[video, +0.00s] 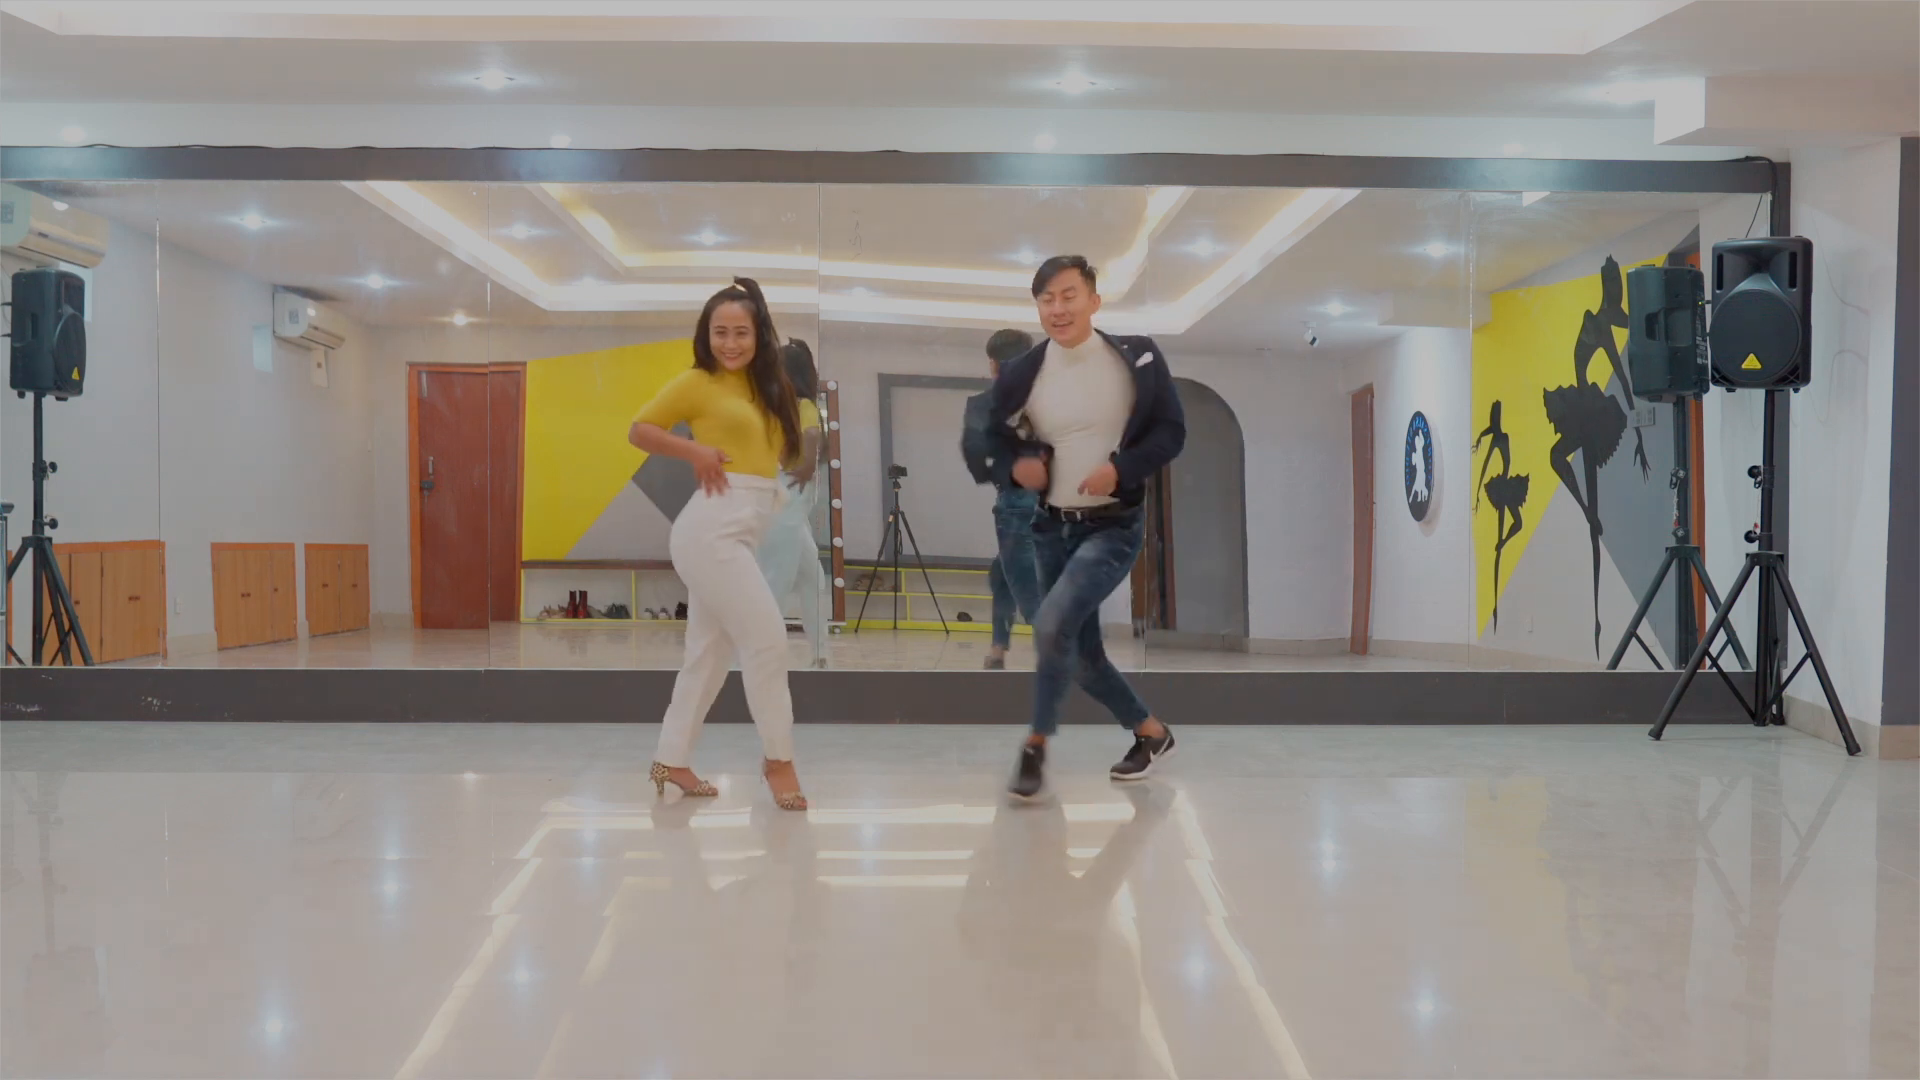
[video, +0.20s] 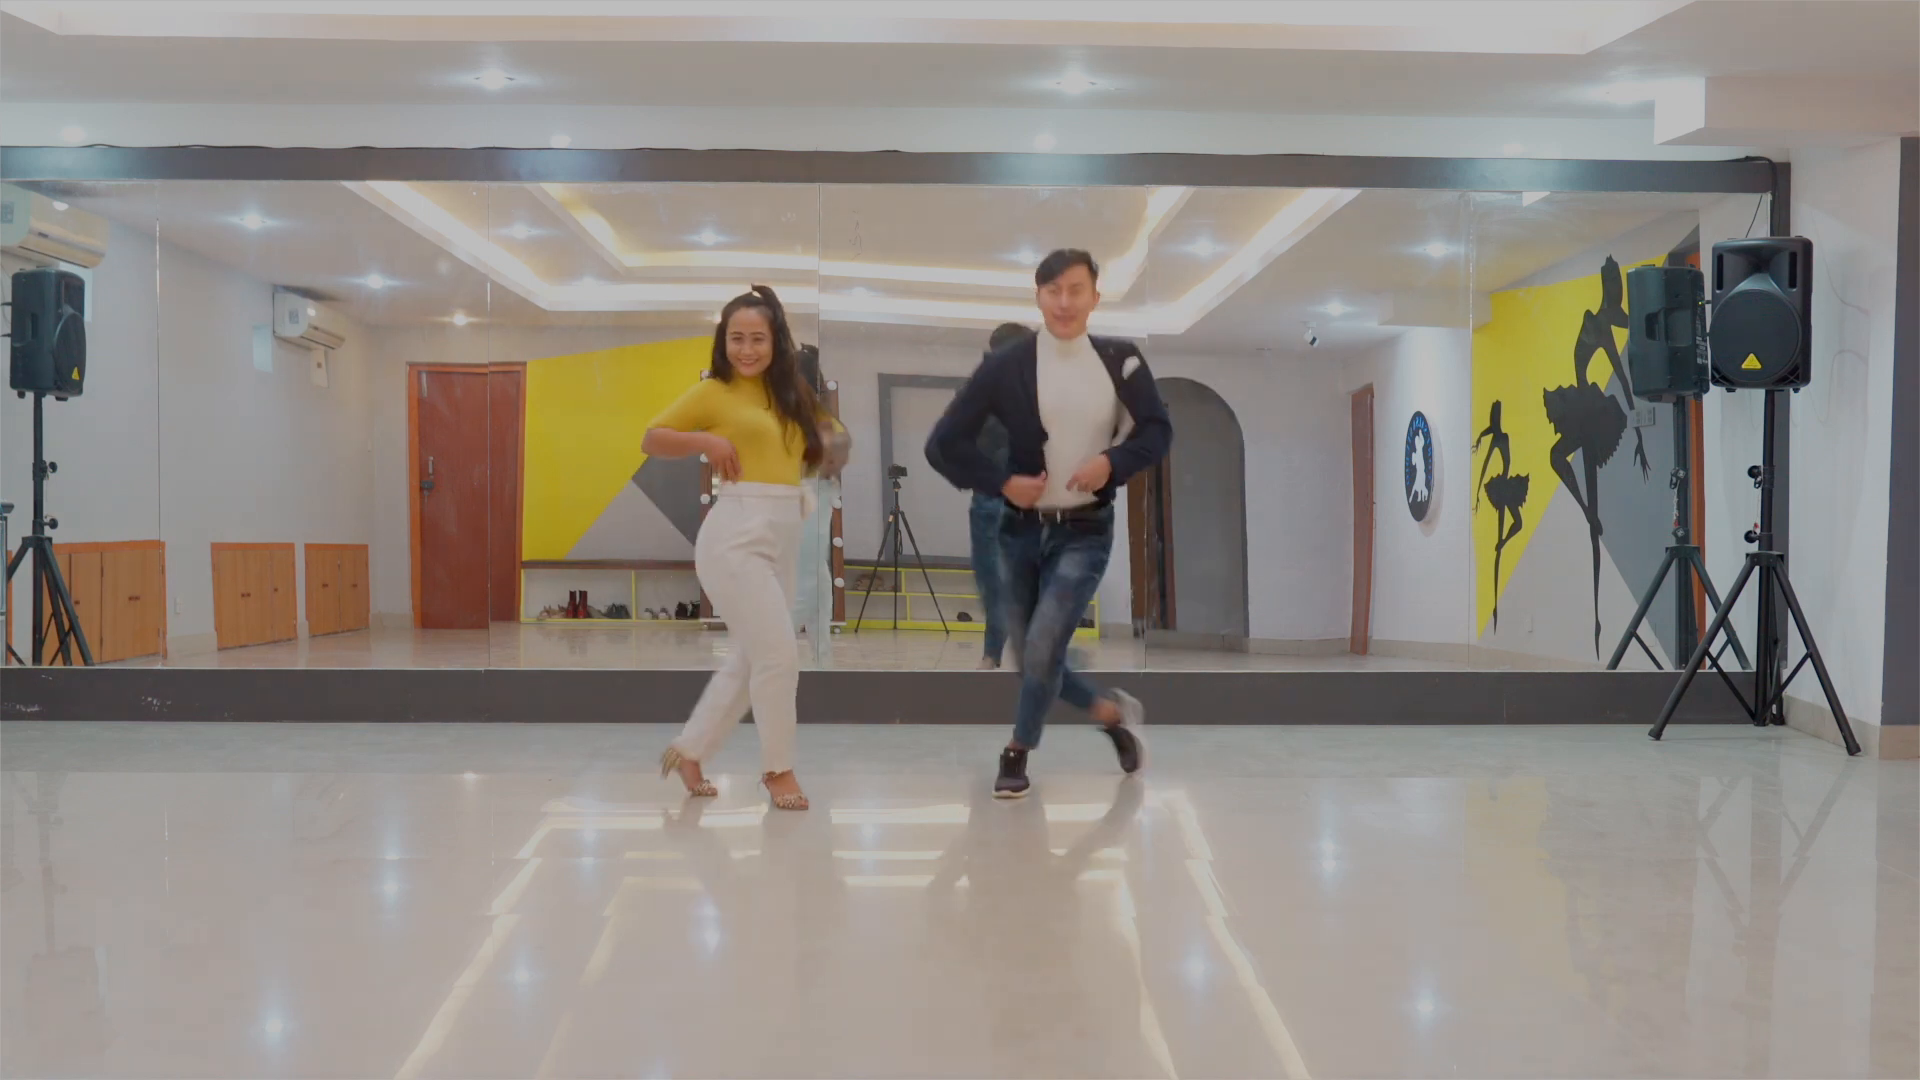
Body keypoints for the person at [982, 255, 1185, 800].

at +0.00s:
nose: (1058, 308)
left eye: (1069, 295)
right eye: (1047, 300)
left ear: (1094, 301)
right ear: (1037, 310)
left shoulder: (1137, 356)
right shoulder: (1024, 370)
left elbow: (1170, 433)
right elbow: (986, 439)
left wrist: (1121, 468)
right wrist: (1014, 462)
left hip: (1112, 523)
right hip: (1051, 527)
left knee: (1053, 620)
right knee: (1084, 656)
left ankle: (1034, 747)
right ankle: (1151, 731)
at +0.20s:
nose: (1064, 301)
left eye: (1076, 290)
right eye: (1054, 290)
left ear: (1095, 297)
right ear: (1039, 296)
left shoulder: (1121, 361)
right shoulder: (1007, 364)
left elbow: (1158, 432)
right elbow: (942, 444)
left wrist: (1112, 462)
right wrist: (1002, 482)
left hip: (1085, 530)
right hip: (1022, 528)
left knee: (1043, 646)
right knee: (1033, 656)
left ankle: (1017, 751)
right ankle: (1111, 710)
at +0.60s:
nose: (1064, 263)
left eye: (1075, 252)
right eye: (1053, 251)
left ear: (1092, 261)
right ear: (1034, 259)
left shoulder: (1112, 328)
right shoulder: (1000, 322)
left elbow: (1135, 403)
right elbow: (950, 397)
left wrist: (1120, 437)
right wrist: (1015, 438)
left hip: (1058, 486)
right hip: (993, 470)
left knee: (1023, 616)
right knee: (1045, 535)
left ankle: (961, 741)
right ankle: (1012, 663)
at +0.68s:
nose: (1069, 267)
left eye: (1080, 258)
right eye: (1058, 255)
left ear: (1092, 266)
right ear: (1034, 261)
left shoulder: (1110, 335)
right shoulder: (997, 323)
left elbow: (1124, 408)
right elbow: (963, 388)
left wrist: (1124, 454)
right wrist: (1036, 419)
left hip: (1065, 495)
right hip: (1004, 488)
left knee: (1019, 636)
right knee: (1054, 592)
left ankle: (954, 744)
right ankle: (1064, 729)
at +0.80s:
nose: (1084, 295)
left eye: (1090, 284)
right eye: (1071, 283)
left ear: (1096, 288)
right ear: (1040, 285)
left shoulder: (1102, 359)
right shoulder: (1005, 348)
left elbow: (1112, 430)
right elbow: (944, 425)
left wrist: (1131, 472)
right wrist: (1025, 431)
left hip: (1079, 523)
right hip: (1017, 519)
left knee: (1081, 654)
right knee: (1056, 646)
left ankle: (980, 732)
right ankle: (1075, 760)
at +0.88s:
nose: (1082, 308)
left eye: (1089, 298)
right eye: (1069, 296)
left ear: (1097, 305)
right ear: (1041, 301)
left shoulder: (1094, 382)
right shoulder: (1022, 363)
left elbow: (1112, 457)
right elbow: (962, 432)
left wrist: (1138, 473)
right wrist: (1036, 454)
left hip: (1080, 536)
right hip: (1018, 534)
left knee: (1105, 664)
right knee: (1070, 651)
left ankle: (1008, 715)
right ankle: (1076, 760)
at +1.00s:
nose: (1084, 308)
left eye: (1092, 298)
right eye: (1072, 298)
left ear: (1102, 308)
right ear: (1046, 307)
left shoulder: (1109, 378)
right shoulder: (1024, 369)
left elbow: (1117, 458)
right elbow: (1006, 441)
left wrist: (1140, 479)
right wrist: (1072, 479)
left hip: (1069, 534)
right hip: (1010, 531)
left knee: (1085, 664)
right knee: (1071, 646)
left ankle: (985, 732)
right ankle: (1074, 759)